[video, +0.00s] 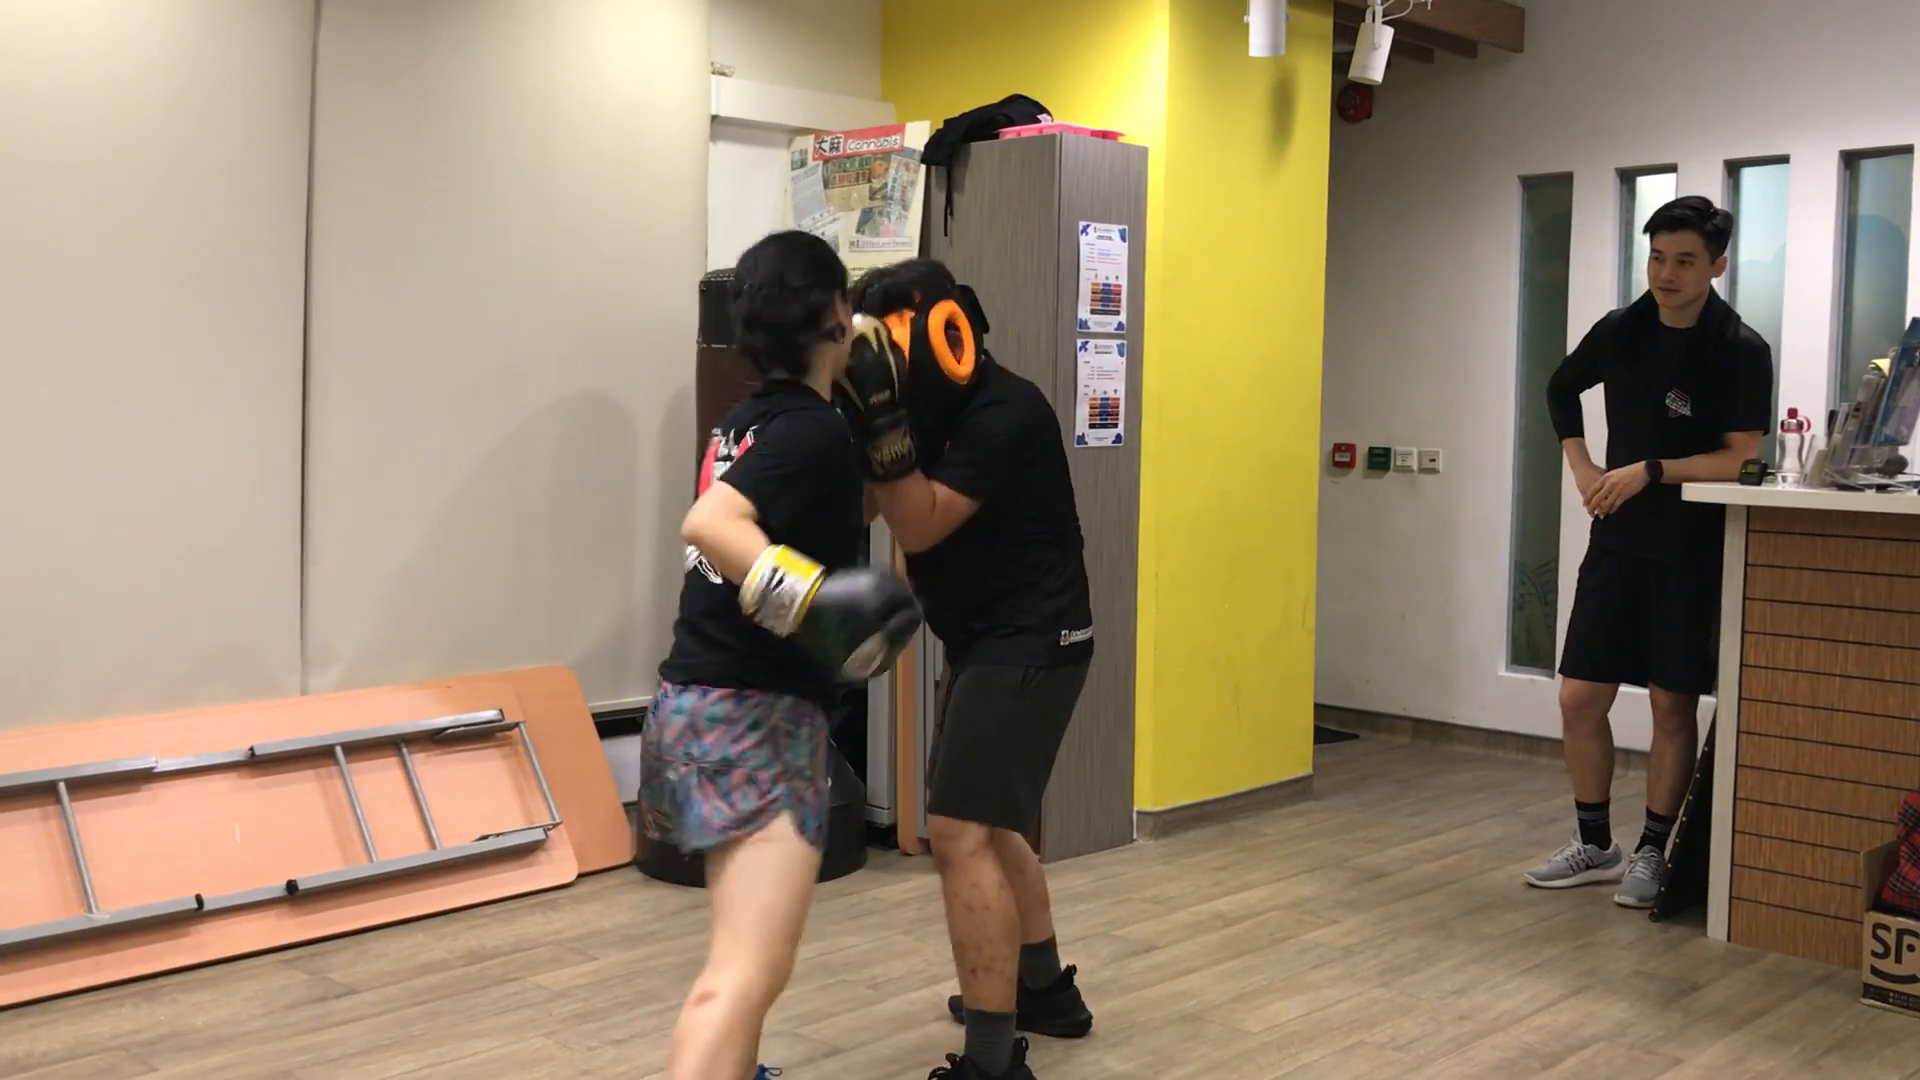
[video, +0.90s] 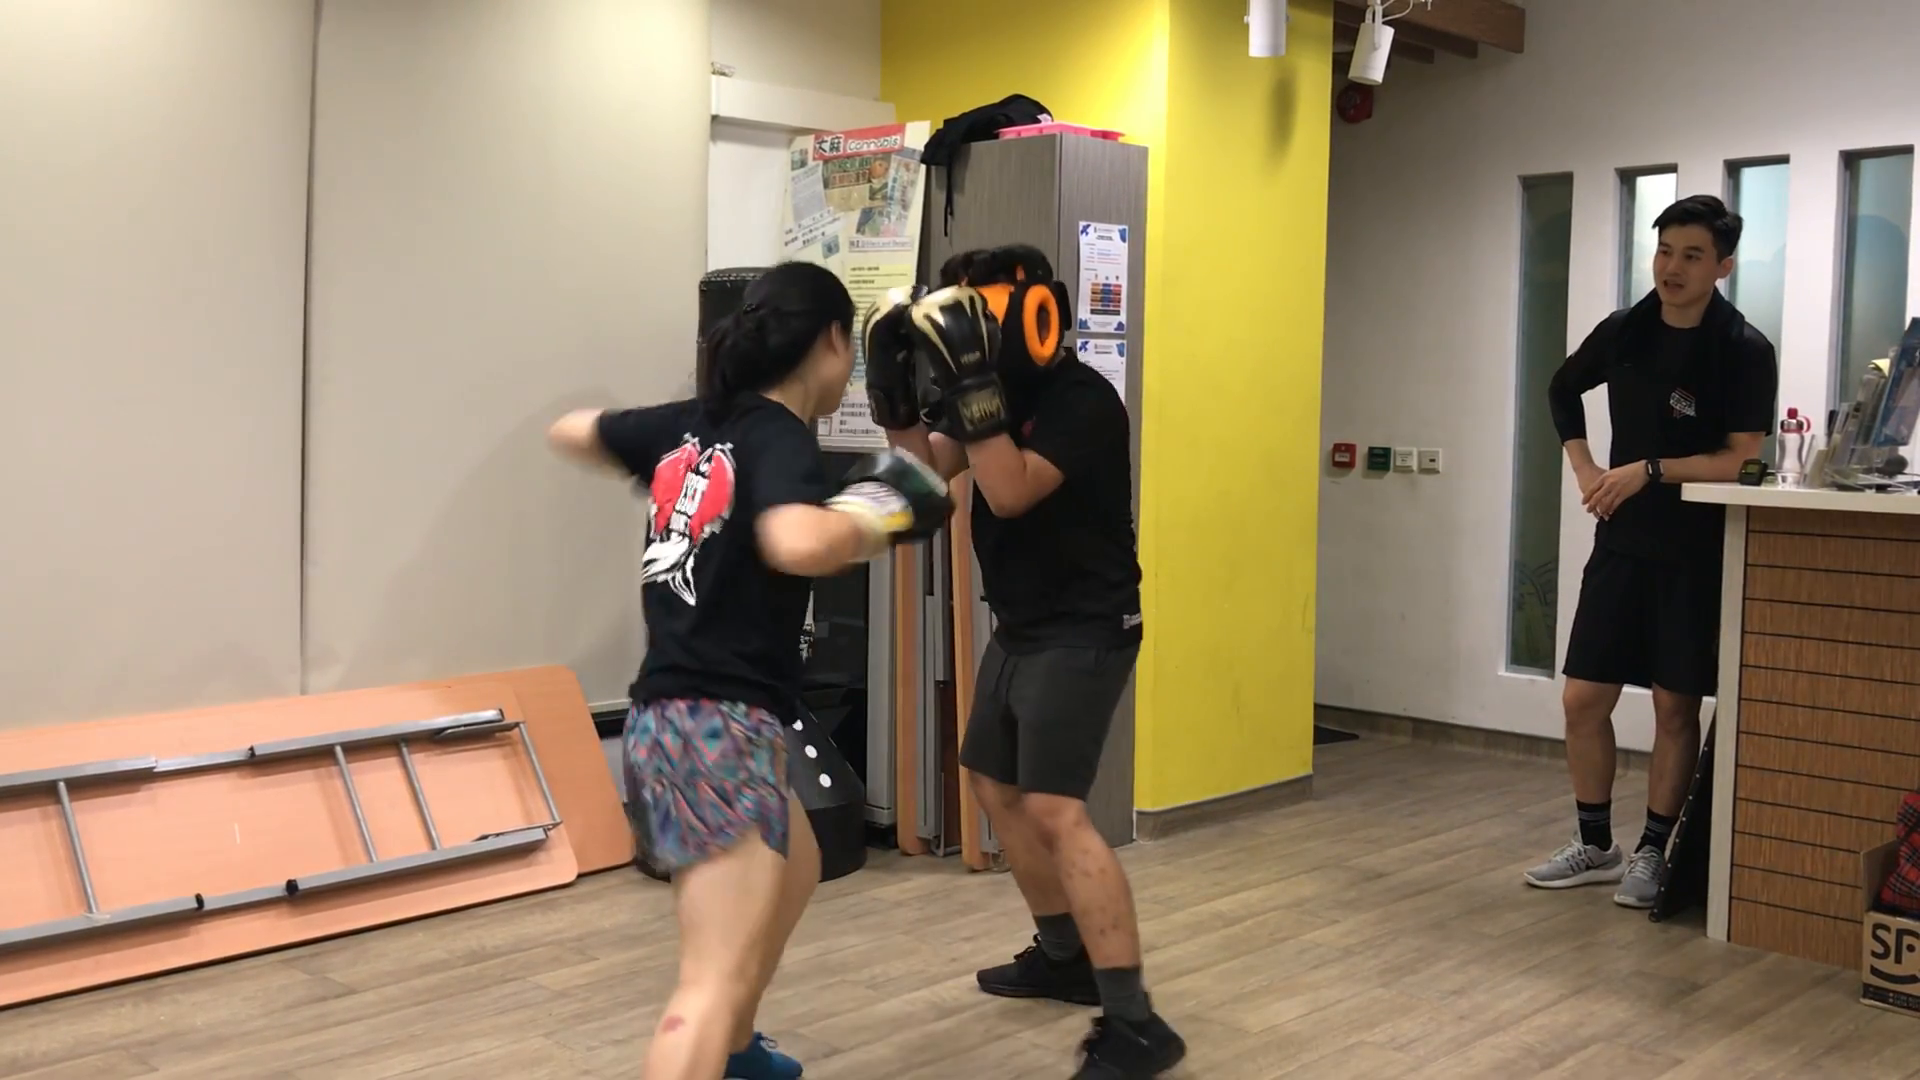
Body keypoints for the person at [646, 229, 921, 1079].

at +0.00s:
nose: (854, 311)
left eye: (850, 299)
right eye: (847, 299)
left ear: (753, 324)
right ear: (835, 315)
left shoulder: (743, 421)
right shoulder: (813, 425)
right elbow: (712, 521)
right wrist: (811, 596)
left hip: (703, 701)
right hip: (755, 710)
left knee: (746, 953)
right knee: (746, 969)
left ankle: (731, 1064)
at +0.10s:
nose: (821, 304)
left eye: (817, 289)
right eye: (817, 289)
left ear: (720, 306)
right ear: (799, 299)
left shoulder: (685, 426)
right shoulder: (818, 404)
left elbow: (679, 568)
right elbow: (811, 501)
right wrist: (925, 517)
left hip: (687, 689)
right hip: (781, 692)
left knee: (745, 908)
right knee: (771, 947)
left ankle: (736, 1062)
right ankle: (701, 1072)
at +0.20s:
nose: (796, 299)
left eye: (792, 285)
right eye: (792, 284)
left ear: (697, 304)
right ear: (779, 292)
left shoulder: (653, 412)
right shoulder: (827, 389)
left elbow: (633, 562)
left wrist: (711, 515)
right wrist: (958, 386)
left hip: (685, 686)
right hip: (791, 686)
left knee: (732, 900)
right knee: (775, 930)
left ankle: (729, 1063)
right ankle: (702, 1075)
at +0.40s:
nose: (810, 315)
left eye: (806, 302)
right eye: (807, 301)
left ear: (711, 312)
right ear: (789, 302)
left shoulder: (655, 407)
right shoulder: (829, 386)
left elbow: (626, 554)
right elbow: (939, 471)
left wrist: (701, 513)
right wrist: (879, 426)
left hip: (679, 694)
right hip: (788, 693)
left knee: (731, 906)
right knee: (793, 929)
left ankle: (734, 1064)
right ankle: (688, 1074)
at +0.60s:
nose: (821, 370)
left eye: (820, 355)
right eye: (819, 354)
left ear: (713, 352)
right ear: (799, 354)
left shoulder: (647, 436)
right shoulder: (825, 445)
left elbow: (582, 573)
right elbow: (908, 566)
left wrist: (657, 529)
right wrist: (901, 500)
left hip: (654, 747)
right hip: (770, 745)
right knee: (735, 1015)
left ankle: (738, 1062)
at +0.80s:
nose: (834, 377)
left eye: (834, 361)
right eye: (834, 360)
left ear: (737, 358)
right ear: (815, 361)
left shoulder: (658, 444)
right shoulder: (810, 462)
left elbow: (540, 522)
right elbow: (891, 589)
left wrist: (645, 508)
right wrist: (900, 506)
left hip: (641, 744)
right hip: (743, 745)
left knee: (799, 860)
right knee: (720, 1014)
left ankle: (751, 1047)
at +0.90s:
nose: (849, 362)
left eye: (848, 345)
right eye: (846, 344)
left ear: (756, 341)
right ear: (821, 344)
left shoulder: (685, 426)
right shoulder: (778, 434)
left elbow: (568, 431)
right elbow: (794, 541)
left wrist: (648, 455)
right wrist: (883, 515)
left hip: (662, 718)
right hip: (719, 726)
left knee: (795, 861)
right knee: (713, 992)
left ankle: (727, 1039)